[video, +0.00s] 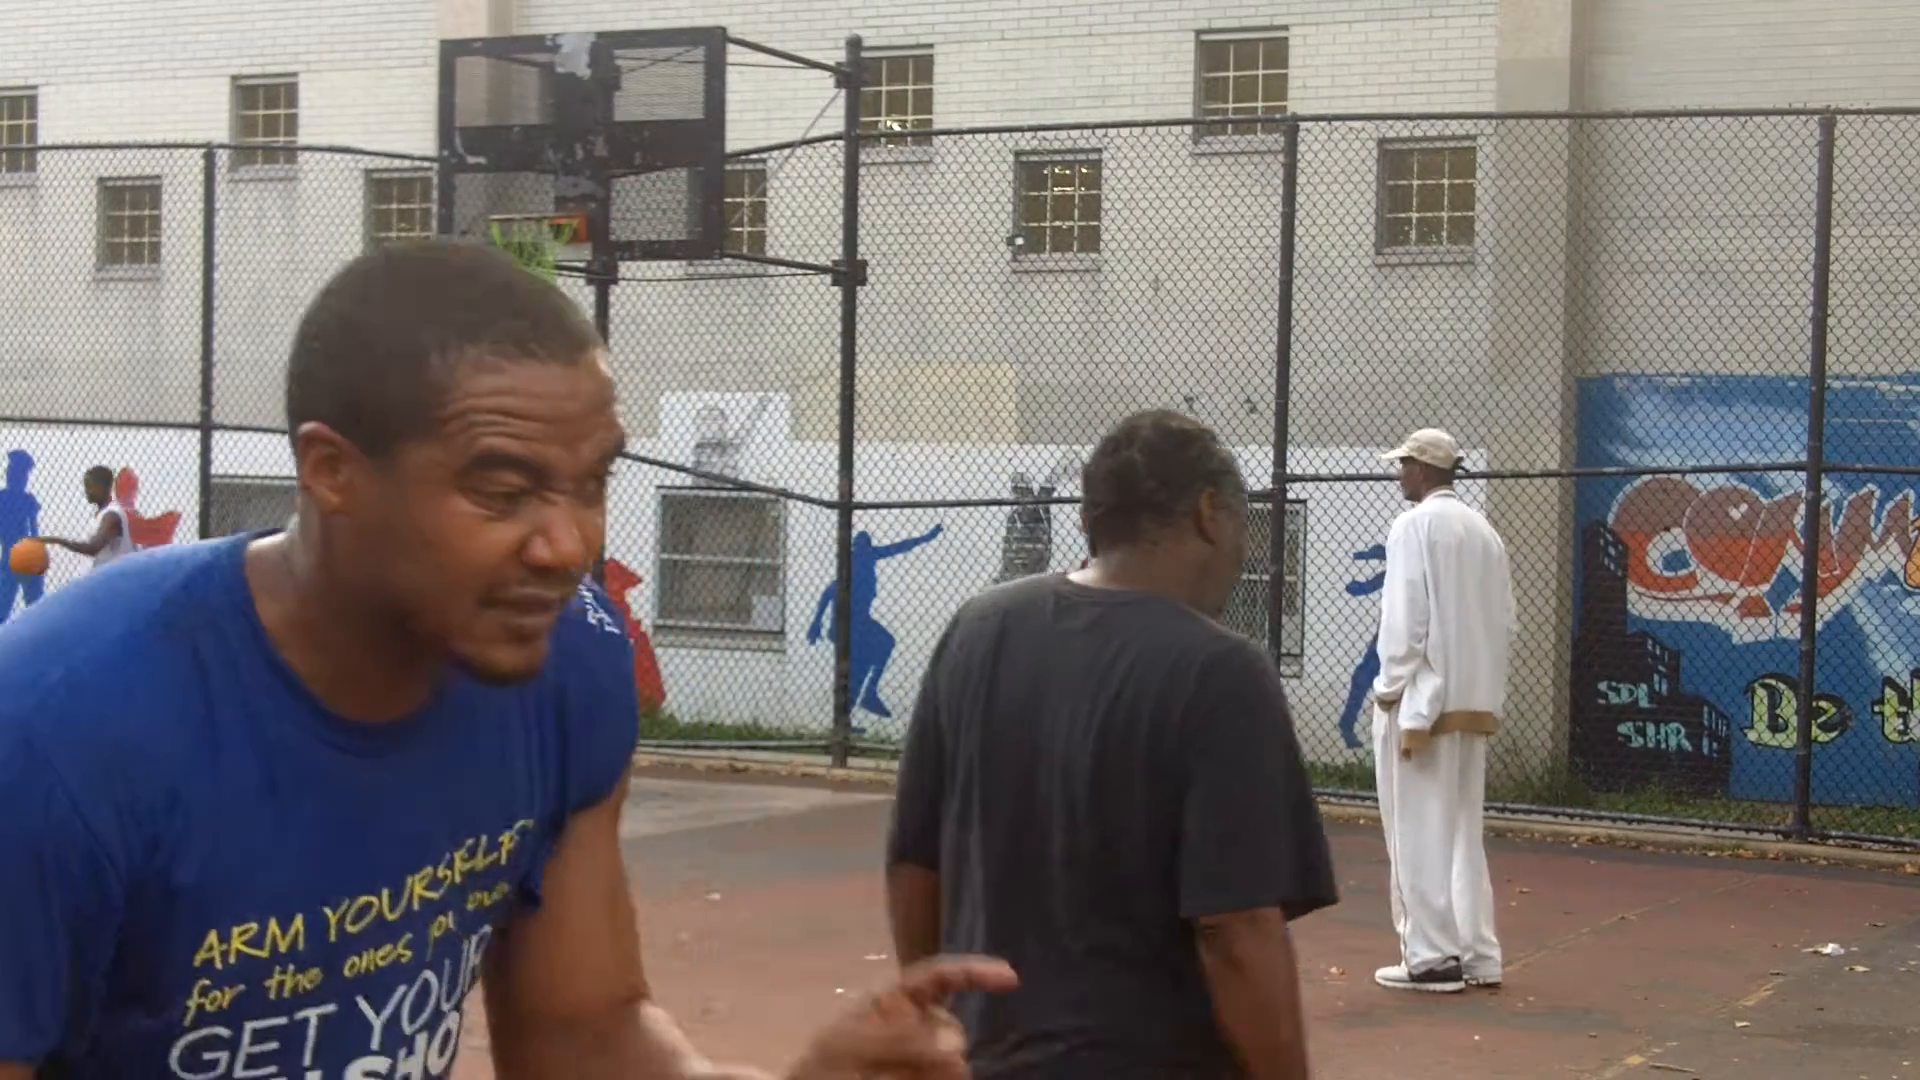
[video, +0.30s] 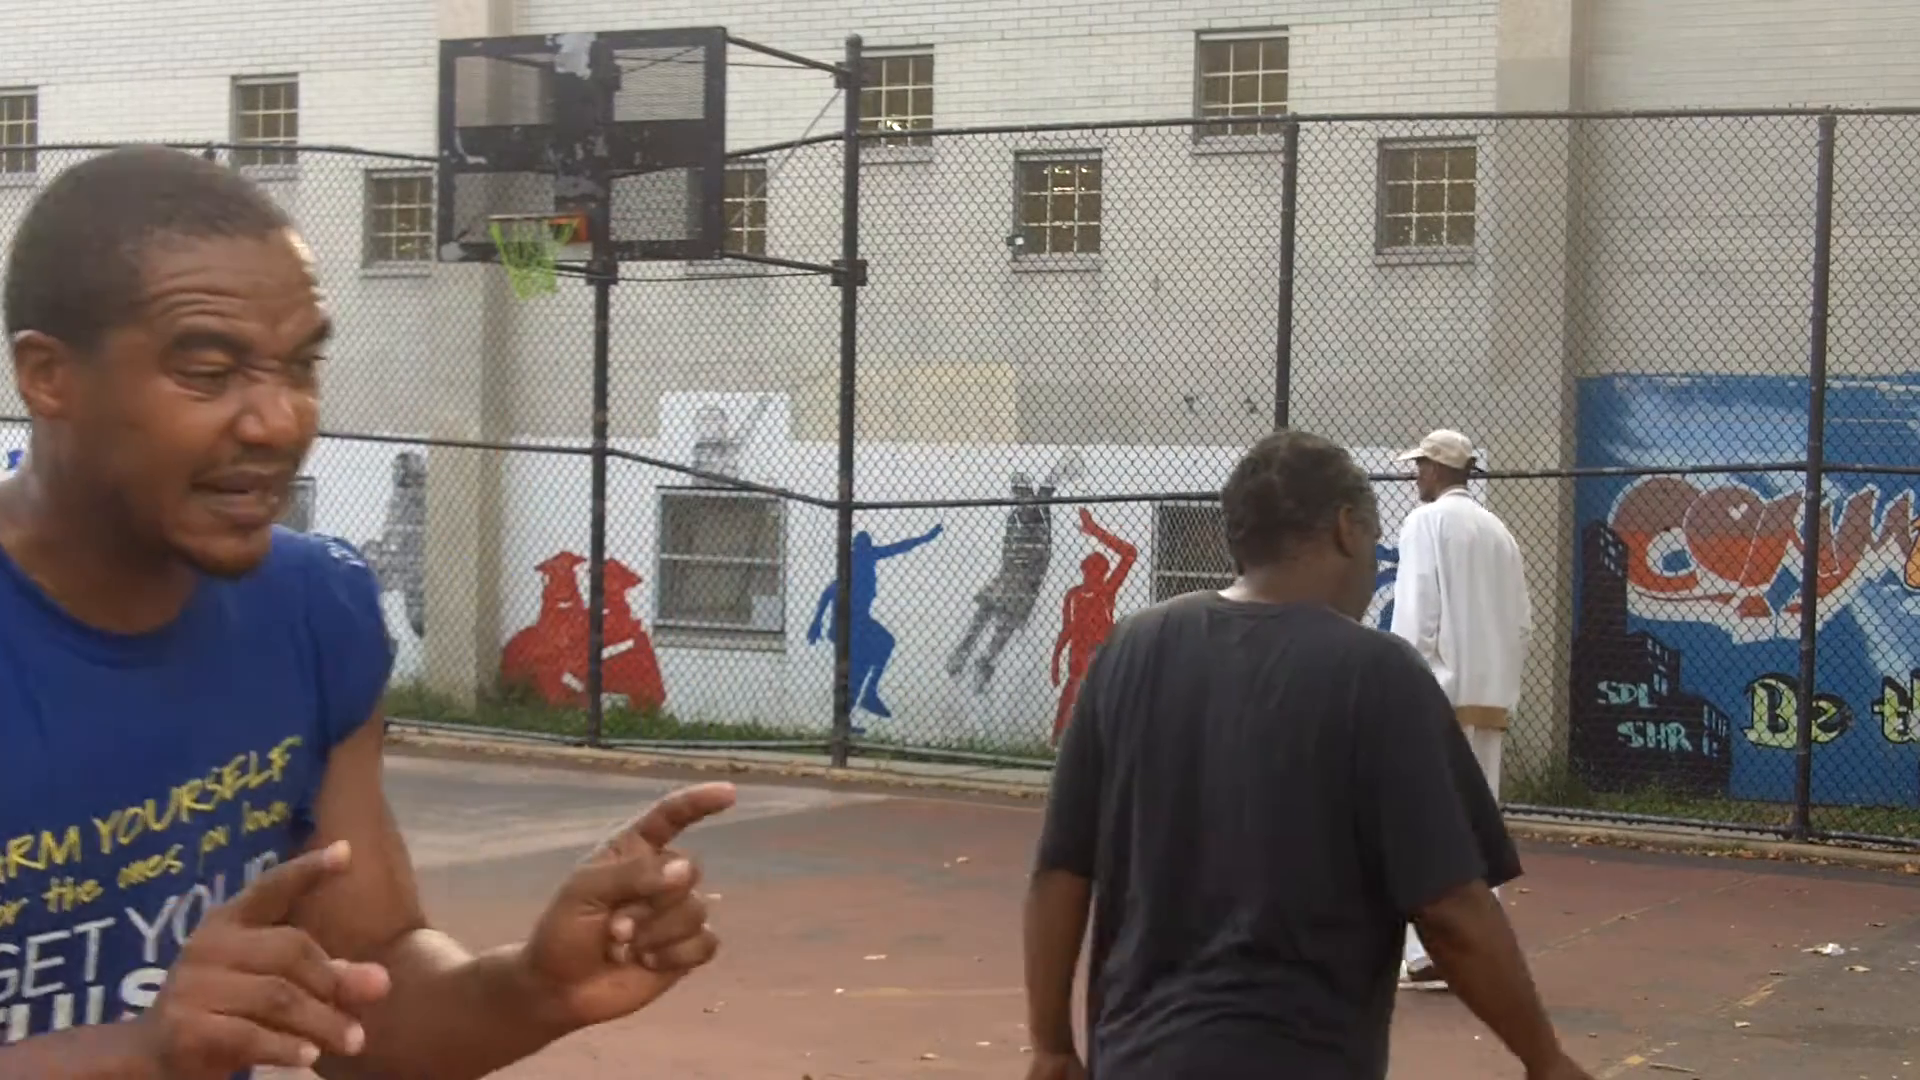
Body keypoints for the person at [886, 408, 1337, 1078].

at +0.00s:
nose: (1243, 553)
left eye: (1244, 527)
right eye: (1241, 524)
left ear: (1094, 524)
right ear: (1208, 515)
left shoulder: (976, 629)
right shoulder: (1216, 670)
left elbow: (914, 869)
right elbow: (1234, 926)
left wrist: (936, 1037)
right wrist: (1283, 1067)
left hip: (991, 1049)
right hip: (1160, 1054)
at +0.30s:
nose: (1376, 554)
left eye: (1375, 533)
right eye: (1372, 531)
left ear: (1239, 540)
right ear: (1343, 529)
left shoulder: (1131, 649)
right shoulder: (1376, 670)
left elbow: (1060, 869)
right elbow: (1448, 910)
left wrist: (1047, 1043)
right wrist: (1547, 1057)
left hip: (1136, 1046)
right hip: (1305, 1050)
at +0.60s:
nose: (1504, 547)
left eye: (1504, 524)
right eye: (1501, 522)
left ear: (1373, 531)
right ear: (1472, 515)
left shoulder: (1273, 636)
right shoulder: (1494, 647)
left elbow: (1223, 865)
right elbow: (1524, 871)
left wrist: (1237, 1025)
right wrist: (1589, 1060)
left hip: (1273, 1045)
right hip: (1447, 1052)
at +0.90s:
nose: (1672, 573)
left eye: (1674, 552)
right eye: (1669, 550)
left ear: (1545, 546)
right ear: (1634, 540)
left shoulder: (1443, 640)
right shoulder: (1644, 668)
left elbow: (1388, 838)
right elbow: (1633, 879)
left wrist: (1453, 968)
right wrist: (1668, 1065)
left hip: (1416, 1043)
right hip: (1570, 1053)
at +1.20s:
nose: (1825, 546)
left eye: (1824, 524)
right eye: (1821, 523)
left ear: (1692, 529)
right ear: (1792, 521)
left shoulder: (1598, 620)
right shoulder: (1816, 652)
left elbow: (1531, 816)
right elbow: (1843, 866)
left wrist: (1532, 958)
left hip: (1600, 1000)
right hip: (1751, 1020)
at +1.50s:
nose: (1909, 542)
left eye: (1907, 525)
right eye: (1905, 525)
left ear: (1784, 548)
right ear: (1887, 531)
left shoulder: (1699, 643)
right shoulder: (1903, 651)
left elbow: (1638, 827)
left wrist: (1620, 980)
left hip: (1719, 1004)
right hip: (1874, 1007)